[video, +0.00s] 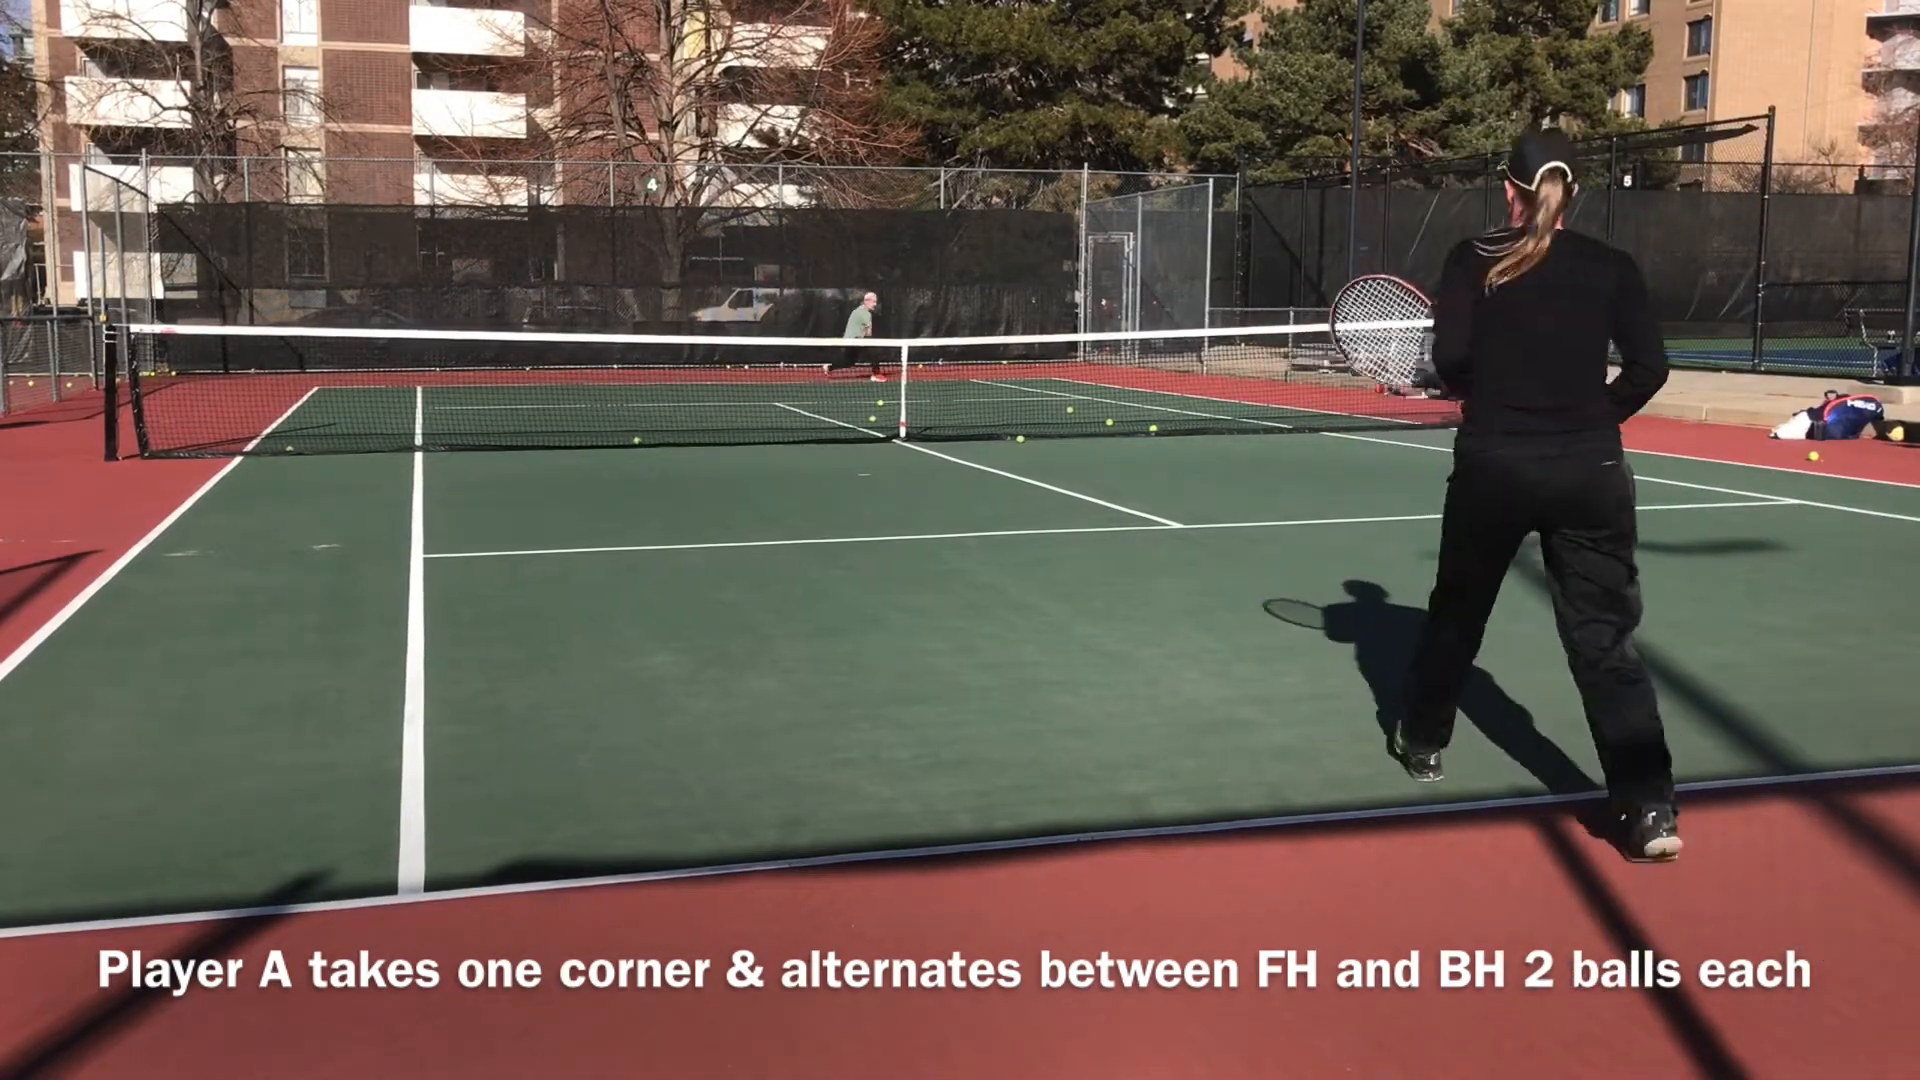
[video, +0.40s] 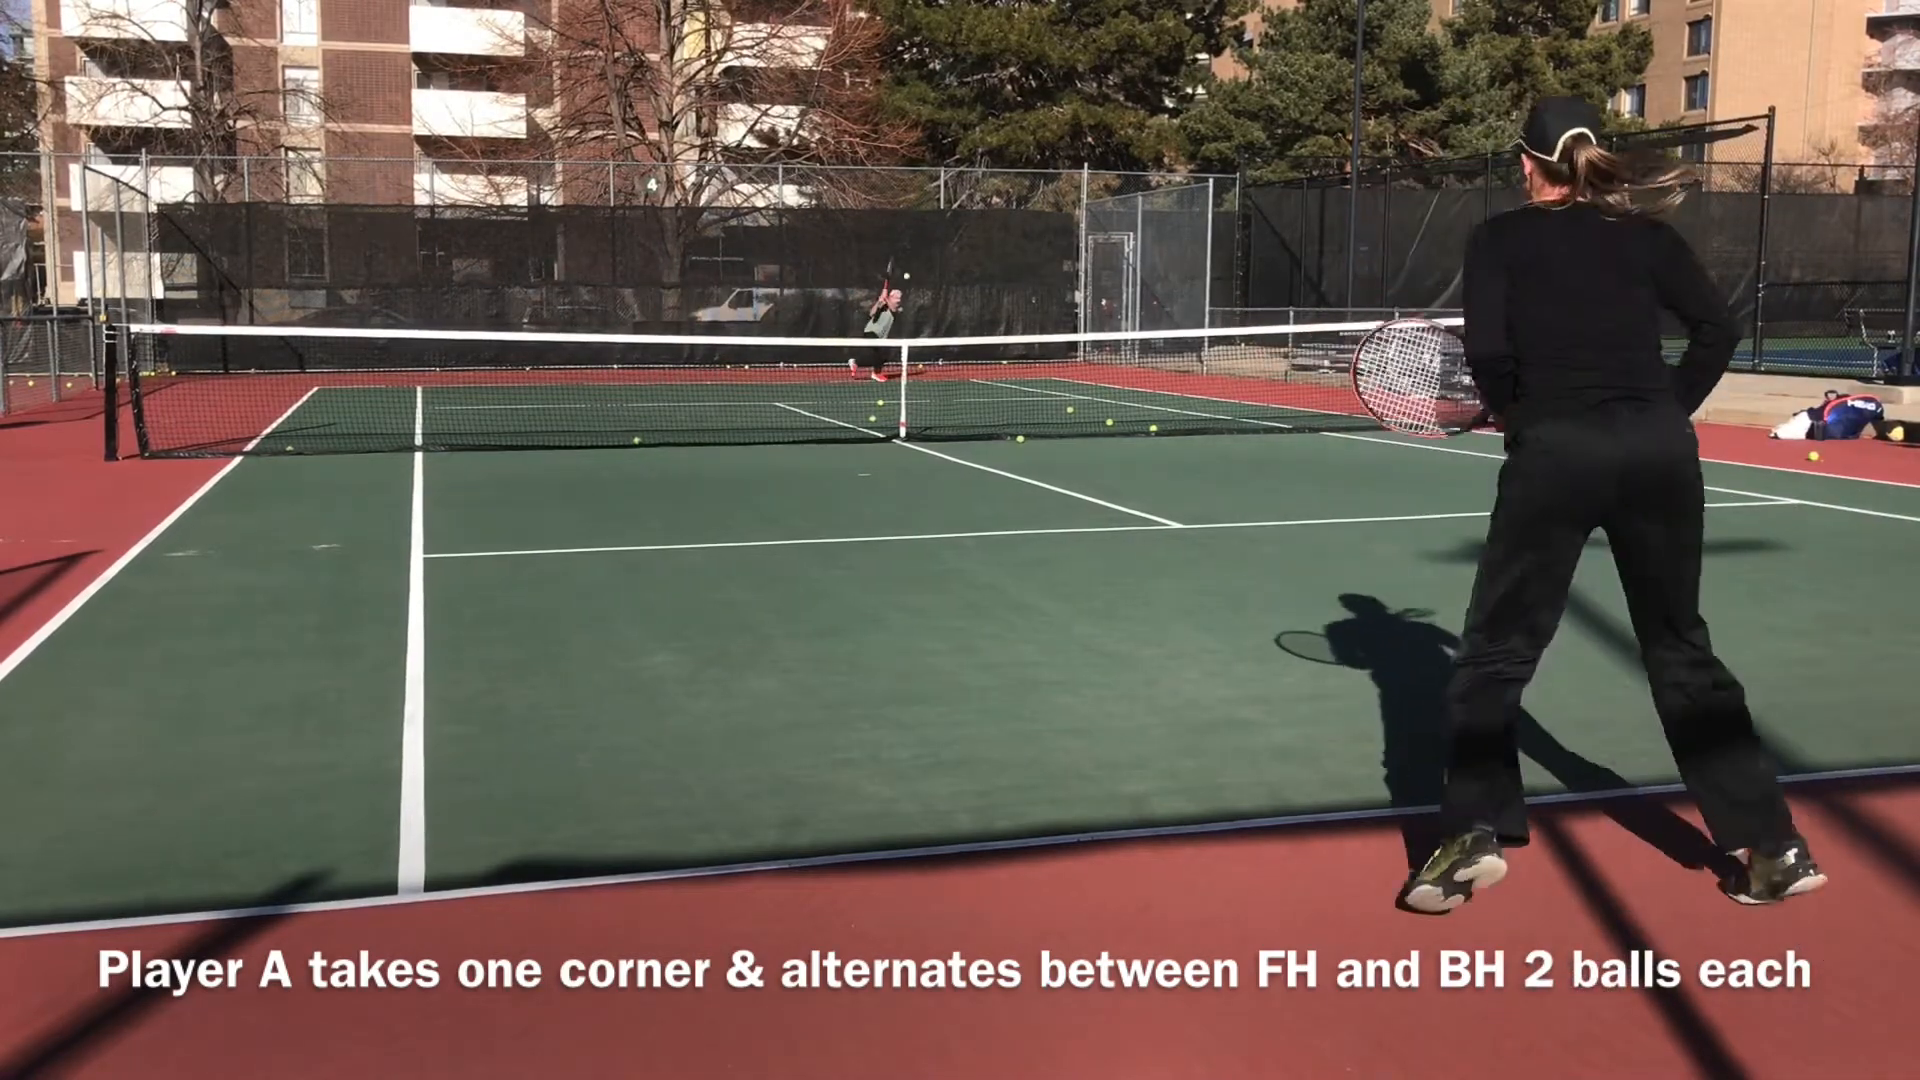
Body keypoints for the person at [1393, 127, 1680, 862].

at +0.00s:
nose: (1503, 197)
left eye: (1505, 188)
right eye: (1512, 186)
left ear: (1512, 192)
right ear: (1570, 194)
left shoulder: (1473, 258)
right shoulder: (1611, 266)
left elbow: (1449, 361)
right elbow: (1650, 367)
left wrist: (1472, 386)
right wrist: (1597, 414)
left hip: (1494, 470)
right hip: (1590, 472)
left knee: (1457, 609)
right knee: (1606, 638)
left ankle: (1423, 740)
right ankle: (1650, 810)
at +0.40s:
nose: (1516, 174)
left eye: (1518, 165)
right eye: (1526, 164)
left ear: (1530, 170)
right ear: (1599, 169)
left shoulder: (1499, 237)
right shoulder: (1648, 235)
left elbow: (1487, 354)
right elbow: (1718, 329)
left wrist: (1513, 417)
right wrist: (1669, 409)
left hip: (1555, 447)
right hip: (1659, 443)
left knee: (1498, 651)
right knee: (1679, 642)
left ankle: (1477, 829)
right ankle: (1769, 843)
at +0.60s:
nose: (1423, 209)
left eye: (1425, 198)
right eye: (1431, 196)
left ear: (1436, 202)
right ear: (1499, 202)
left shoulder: (1419, 277)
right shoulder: (1550, 281)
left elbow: (1424, 408)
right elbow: (1639, 369)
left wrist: (1432, 437)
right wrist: (1591, 448)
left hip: (1501, 513)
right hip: (1597, 496)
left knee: (1459, 733)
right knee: (1657, 687)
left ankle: (1516, 947)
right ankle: (1779, 864)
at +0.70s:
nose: (1346, 184)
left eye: (1348, 172)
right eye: (1350, 171)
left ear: (1365, 177)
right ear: (1425, 174)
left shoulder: (1348, 242)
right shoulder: (1477, 251)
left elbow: (1349, 374)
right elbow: (1566, 343)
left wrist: (1350, 408)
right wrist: (1521, 427)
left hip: (1429, 494)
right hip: (1527, 479)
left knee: (1428, 732)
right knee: (1537, 663)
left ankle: (1498, 940)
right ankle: (1657, 861)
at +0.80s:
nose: (1265, 169)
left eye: (1266, 157)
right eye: (1270, 156)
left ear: (1284, 161)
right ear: (1346, 155)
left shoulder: (1282, 225)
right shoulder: (1411, 232)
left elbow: (1301, 342)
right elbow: (1473, 352)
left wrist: (1276, 392)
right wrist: (1380, 400)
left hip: (1366, 472)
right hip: (1461, 468)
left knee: (1323, 698)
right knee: (1413, 681)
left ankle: (1416, 906)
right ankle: (1477, 886)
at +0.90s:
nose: (1183, 188)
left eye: (1183, 174)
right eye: (1185, 173)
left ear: (1198, 173)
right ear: (1252, 167)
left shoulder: (1225, 236)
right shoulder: (1296, 230)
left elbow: (1273, 356)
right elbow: (1322, 380)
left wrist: (1184, 390)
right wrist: (1247, 465)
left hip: (1299, 496)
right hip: (1371, 494)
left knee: (1194, 696)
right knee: (1330, 710)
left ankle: (1210, 936)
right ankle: (1425, 933)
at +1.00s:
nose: (1090, 208)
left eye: (1090, 192)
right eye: (1091, 192)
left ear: (1107, 191)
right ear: (1153, 181)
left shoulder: (1168, 248)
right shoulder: (1181, 253)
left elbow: (1240, 349)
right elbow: (1214, 405)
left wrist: (1114, 374)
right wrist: (1133, 476)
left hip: (1202, 511)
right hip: (1249, 511)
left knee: (1106, 718)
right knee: (1200, 735)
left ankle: (1057, 949)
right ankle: (1364, 890)